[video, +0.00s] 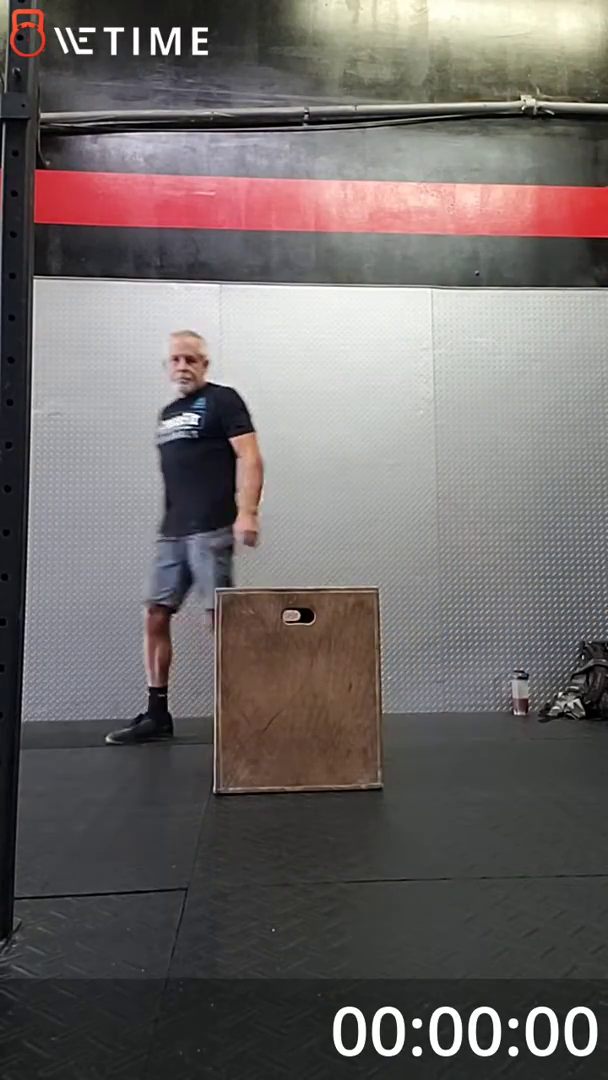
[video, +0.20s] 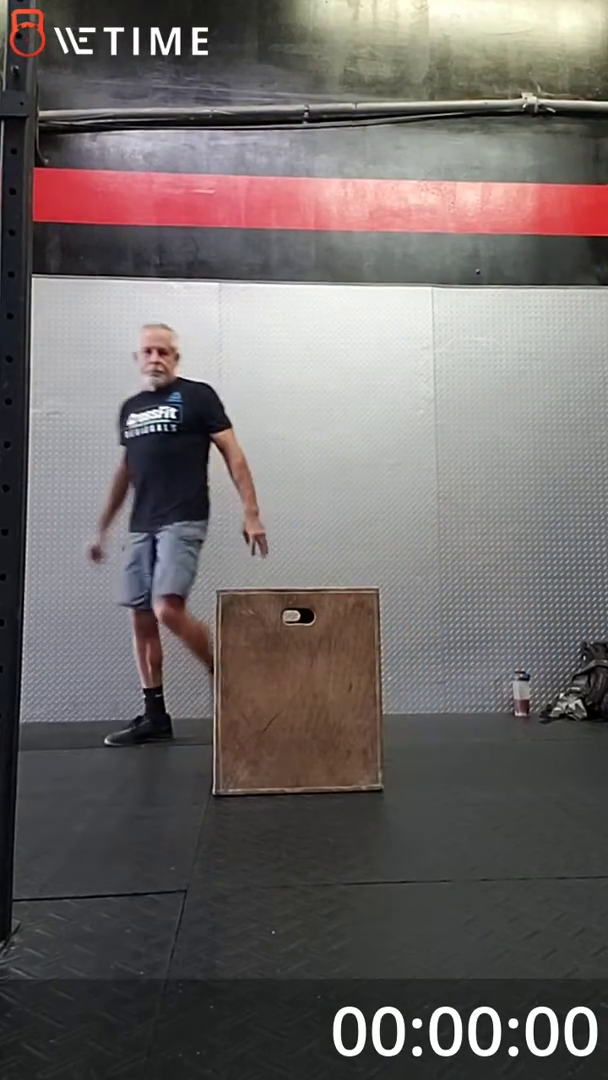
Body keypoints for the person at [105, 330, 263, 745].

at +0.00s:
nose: (182, 367)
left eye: (190, 360)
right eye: (176, 360)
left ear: (205, 363)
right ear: (169, 365)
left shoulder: (224, 399)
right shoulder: (168, 412)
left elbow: (250, 457)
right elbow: (177, 473)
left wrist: (247, 512)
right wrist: (171, 520)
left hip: (213, 529)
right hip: (173, 530)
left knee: (222, 622)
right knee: (155, 616)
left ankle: (244, 720)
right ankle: (157, 715)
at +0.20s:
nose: (155, 359)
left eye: (163, 352)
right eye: (148, 352)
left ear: (176, 357)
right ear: (137, 358)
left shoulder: (199, 396)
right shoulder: (131, 408)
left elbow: (233, 453)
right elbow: (126, 470)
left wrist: (252, 513)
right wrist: (102, 529)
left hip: (184, 520)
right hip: (141, 524)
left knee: (168, 610)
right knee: (141, 619)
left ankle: (229, 677)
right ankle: (156, 716)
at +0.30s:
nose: (143, 356)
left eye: (150, 349)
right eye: (135, 349)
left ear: (163, 355)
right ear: (124, 355)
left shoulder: (186, 395)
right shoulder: (113, 404)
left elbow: (220, 452)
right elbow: (100, 466)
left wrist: (240, 513)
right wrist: (75, 525)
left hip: (174, 516)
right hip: (132, 522)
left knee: (154, 603)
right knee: (136, 616)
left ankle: (178, 697)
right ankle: (152, 713)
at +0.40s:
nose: (133, 354)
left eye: (141, 348)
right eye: (125, 347)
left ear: (153, 354)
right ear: (113, 353)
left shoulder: (176, 395)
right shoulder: (96, 403)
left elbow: (205, 454)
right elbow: (79, 465)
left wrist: (222, 515)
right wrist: (54, 525)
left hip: (164, 517)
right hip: (120, 524)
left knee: (140, 611)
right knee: (133, 619)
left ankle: (128, 720)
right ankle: (156, 712)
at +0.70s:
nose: (117, 343)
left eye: (125, 337)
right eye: (109, 335)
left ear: (135, 345)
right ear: (94, 339)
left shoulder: (152, 393)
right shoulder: (65, 388)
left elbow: (173, 459)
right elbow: (49, 452)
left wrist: (183, 521)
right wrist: (37, 511)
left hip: (128, 524)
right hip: (73, 522)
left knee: (114, 618)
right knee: (58, 619)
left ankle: (97, 728)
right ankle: (114, 684)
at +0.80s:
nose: (108, 339)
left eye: (117, 333)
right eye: (101, 330)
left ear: (126, 341)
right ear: (85, 333)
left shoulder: (143, 389)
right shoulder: (52, 382)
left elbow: (164, 454)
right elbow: (35, 447)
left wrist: (174, 511)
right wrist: (27, 504)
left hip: (120, 523)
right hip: (61, 519)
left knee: (112, 619)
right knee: (34, 612)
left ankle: (98, 727)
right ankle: (68, 693)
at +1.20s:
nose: (50, 316)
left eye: (58, 309)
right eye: (41, 306)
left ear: (67, 317)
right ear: (26, 311)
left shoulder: (80, 374)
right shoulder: (12, 362)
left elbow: (101, 442)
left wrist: (124, 503)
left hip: (65, 509)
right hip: (16, 509)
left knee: (80, 616)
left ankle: (91, 725)